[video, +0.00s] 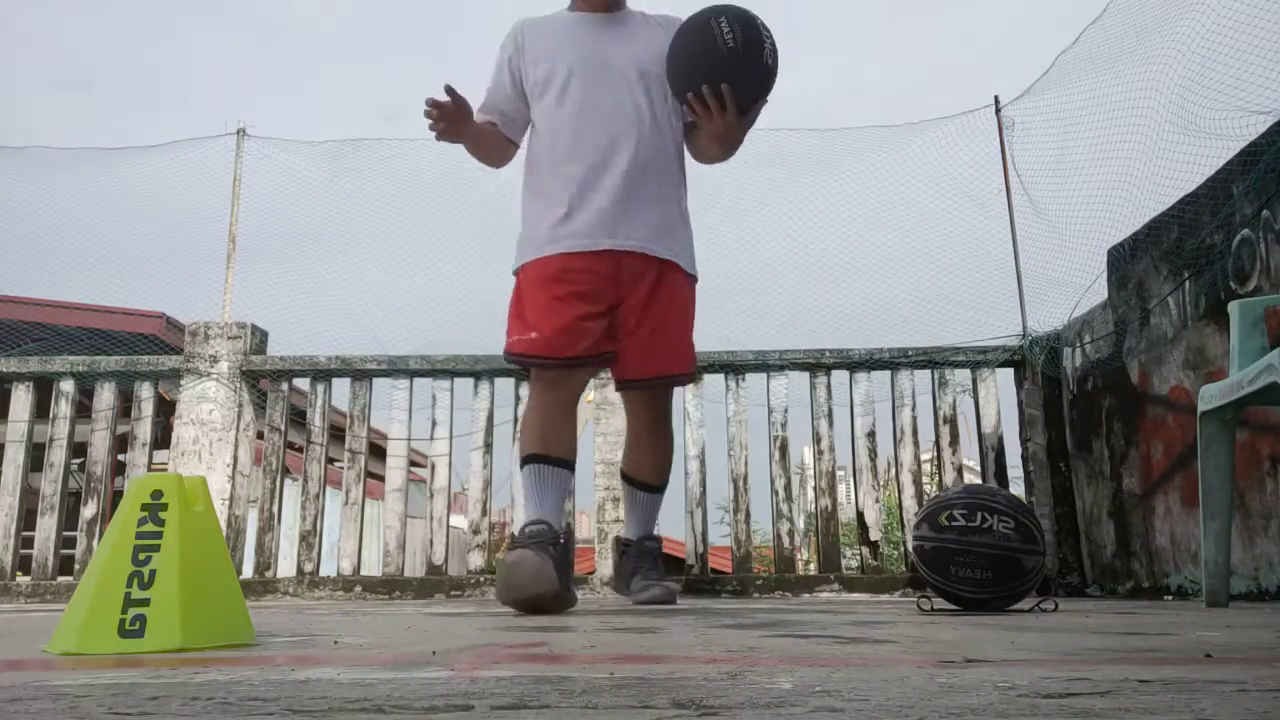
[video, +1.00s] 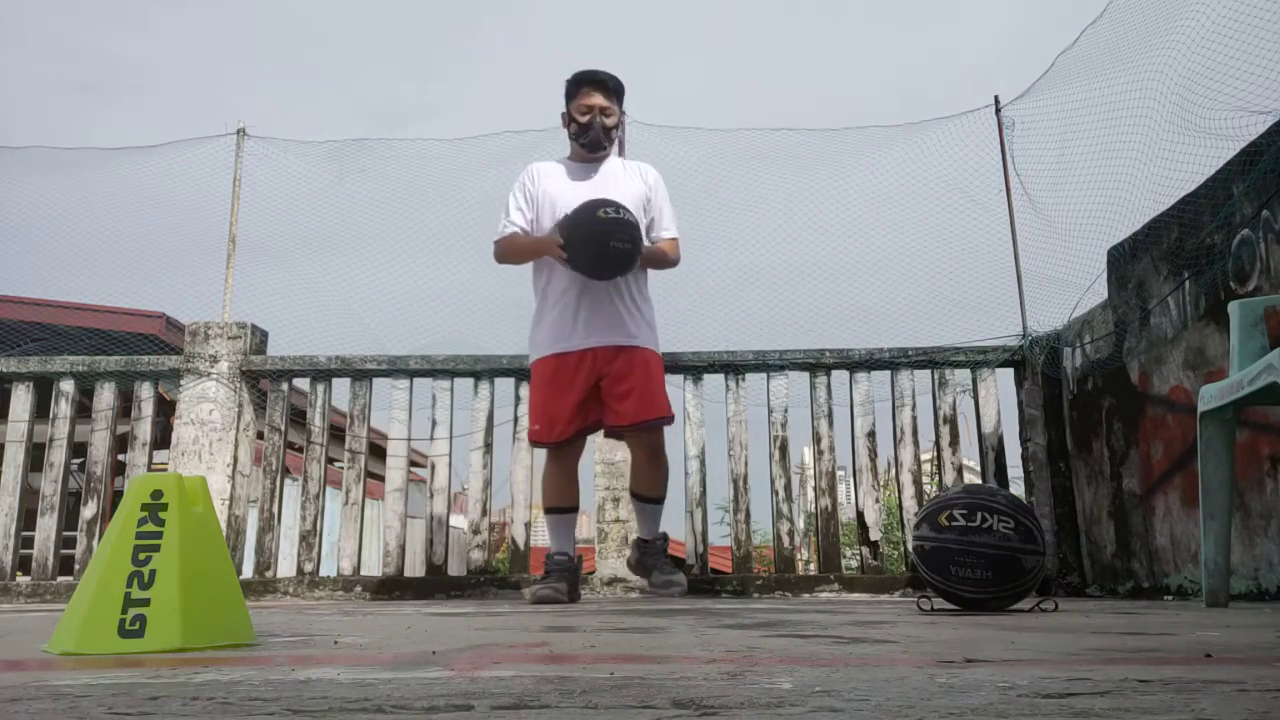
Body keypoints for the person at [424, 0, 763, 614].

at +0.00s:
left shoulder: (671, 35)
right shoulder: (529, 38)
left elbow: (700, 143)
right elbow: (500, 147)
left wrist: (721, 144)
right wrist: (469, 130)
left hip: (657, 241)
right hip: (559, 240)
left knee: (650, 400)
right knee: (552, 383)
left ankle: (640, 555)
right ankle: (541, 541)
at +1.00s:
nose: (594, 121)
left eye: (605, 113)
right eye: (584, 113)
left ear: (620, 120)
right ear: (567, 118)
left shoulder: (644, 177)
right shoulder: (537, 178)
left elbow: (669, 252)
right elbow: (504, 249)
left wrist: (632, 251)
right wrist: (550, 243)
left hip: (630, 335)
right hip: (561, 338)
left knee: (649, 438)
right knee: (561, 448)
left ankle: (649, 551)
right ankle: (560, 565)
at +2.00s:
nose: (641, 161)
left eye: (650, 154)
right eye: (631, 154)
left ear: (663, 160)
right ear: (616, 162)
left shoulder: (686, 214)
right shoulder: (592, 213)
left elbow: (706, 294)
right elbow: (563, 282)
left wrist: (718, 287)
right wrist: (593, 264)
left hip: (675, 359)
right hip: (612, 361)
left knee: (692, 444)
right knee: (610, 464)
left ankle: (669, 555)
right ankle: (606, 566)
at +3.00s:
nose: (719, 139)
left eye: (729, 132)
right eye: (710, 131)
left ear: (743, 138)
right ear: (692, 134)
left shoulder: (762, 197)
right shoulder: (662, 189)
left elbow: (781, 279)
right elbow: (634, 257)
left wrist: (787, 291)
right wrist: (613, 316)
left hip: (738, 351)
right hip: (669, 348)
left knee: (734, 451)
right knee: (651, 436)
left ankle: (736, 567)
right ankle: (640, 556)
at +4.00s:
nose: (623, 171)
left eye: (636, 161)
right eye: (614, 159)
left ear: (655, 166)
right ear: (599, 163)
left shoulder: (683, 223)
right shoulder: (580, 224)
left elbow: (722, 296)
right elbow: (558, 289)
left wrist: (726, 358)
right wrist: (523, 307)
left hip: (682, 365)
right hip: (607, 370)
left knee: (714, 442)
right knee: (559, 447)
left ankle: (761, 558)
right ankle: (556, 567)